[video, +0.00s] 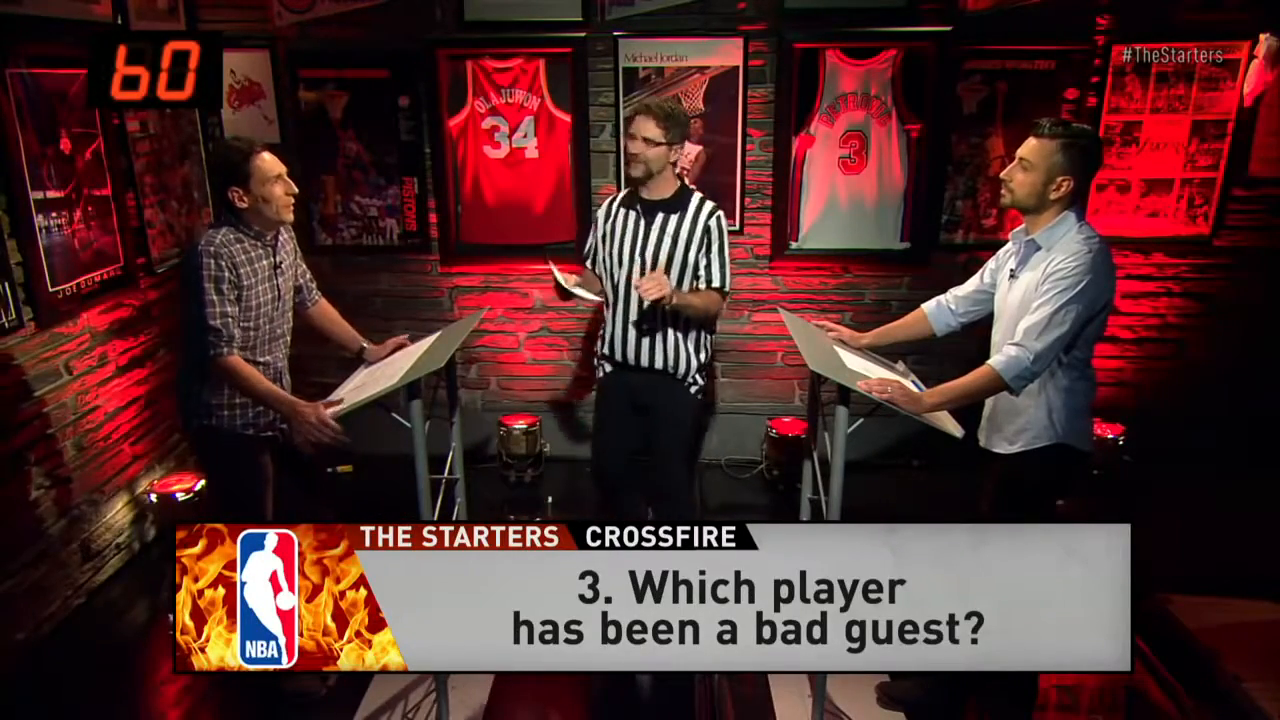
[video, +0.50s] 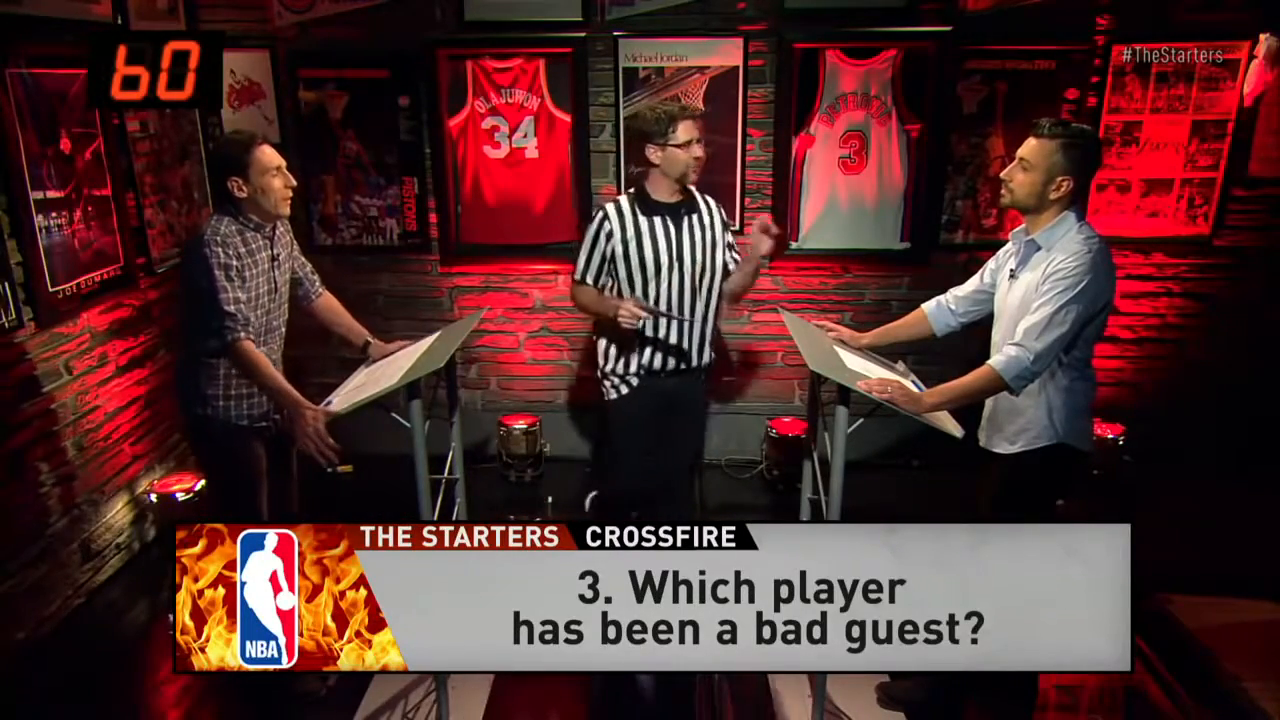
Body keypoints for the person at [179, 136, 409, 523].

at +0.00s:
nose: (293, 189)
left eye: (287, 177)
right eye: (277, 180)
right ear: (240, 197)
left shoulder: (281, 238)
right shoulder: (215, 251)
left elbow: (310, 301)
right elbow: (222, 355)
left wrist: (366, 349)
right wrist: (294, 408)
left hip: (279, 420)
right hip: (231, 431)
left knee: (295, 525)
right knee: (248, 536)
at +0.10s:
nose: (291, 186)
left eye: (286, 175)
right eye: (276, 178)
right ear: (239, 194)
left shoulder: (280, 236)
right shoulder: (215, 250)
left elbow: (310, 299)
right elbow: (222, 351)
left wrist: (367, 348)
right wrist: (294, 408)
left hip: (282, 418)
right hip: (232, 429)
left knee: (297, 525)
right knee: (248, 535)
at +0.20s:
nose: (291, 184)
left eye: (285, 173)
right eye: (275, 176)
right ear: (239, 192)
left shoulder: (279, 235)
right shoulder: (215, 249)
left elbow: (312, 298)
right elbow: (225, 350)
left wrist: (370, 346)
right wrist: (294, 407)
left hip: (280, 415)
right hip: (232, 426)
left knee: (295, 521)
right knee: (249, 532)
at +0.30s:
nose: (291, 183)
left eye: (286, 172)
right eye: (275, 174)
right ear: (239, 190)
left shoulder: (279, 233)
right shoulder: (216, 246)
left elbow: (313, 297)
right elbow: (229, 346)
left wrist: (371, 346)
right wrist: (295, 407)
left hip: (279, 410)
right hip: (232, 420)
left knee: (291, 519)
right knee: (248, 528)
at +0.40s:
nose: (292, 182)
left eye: (286, 171)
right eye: (276, 173)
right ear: (240, 189)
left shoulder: (279, 232)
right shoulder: (216, 244)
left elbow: (313, 295)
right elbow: (232, 342)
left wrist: (371, 345)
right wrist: (295, 406)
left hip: (276, 409)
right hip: (229, 419)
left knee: (288, 520)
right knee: (246, 528)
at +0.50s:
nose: (292, 181)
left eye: (286, 170)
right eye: (276, 173)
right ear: (239, 187)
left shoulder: (277, 231)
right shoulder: (215, 245)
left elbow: (313, 293)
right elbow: (237, 341)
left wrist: (371, 345)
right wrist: (298, 407)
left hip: (274, 407)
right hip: (227, 416)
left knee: (285, 518)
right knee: (247, 527)